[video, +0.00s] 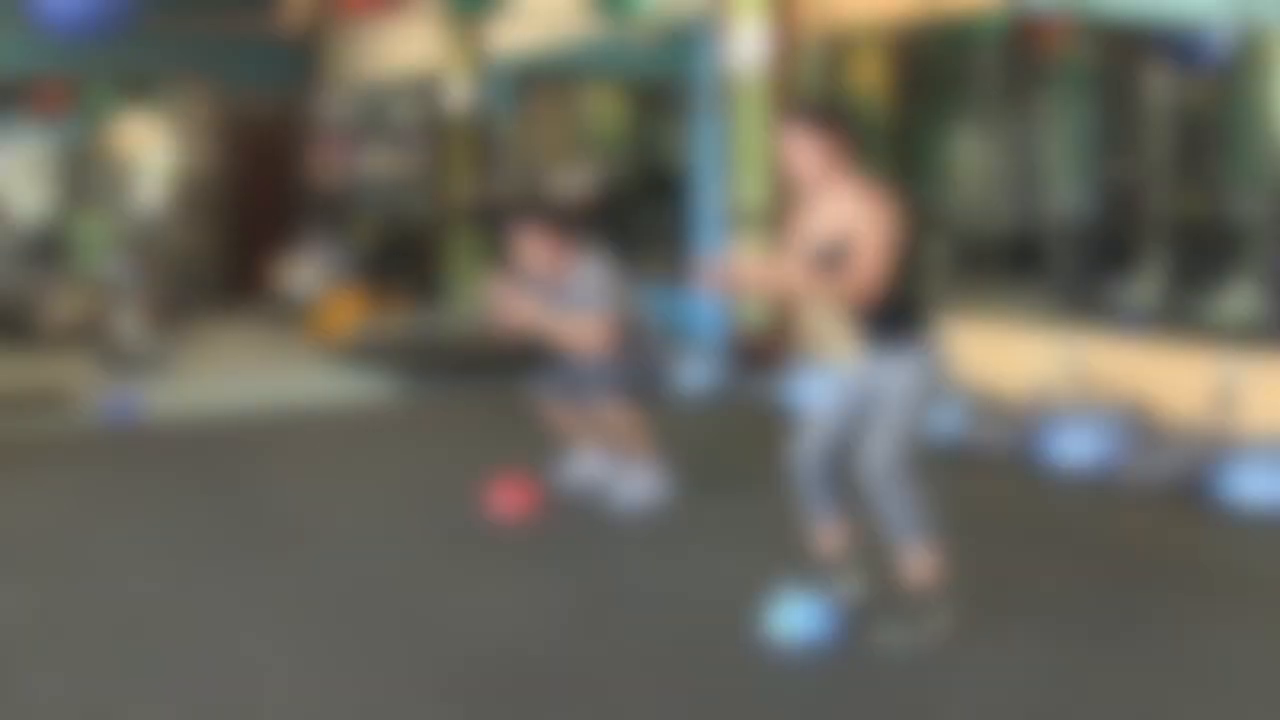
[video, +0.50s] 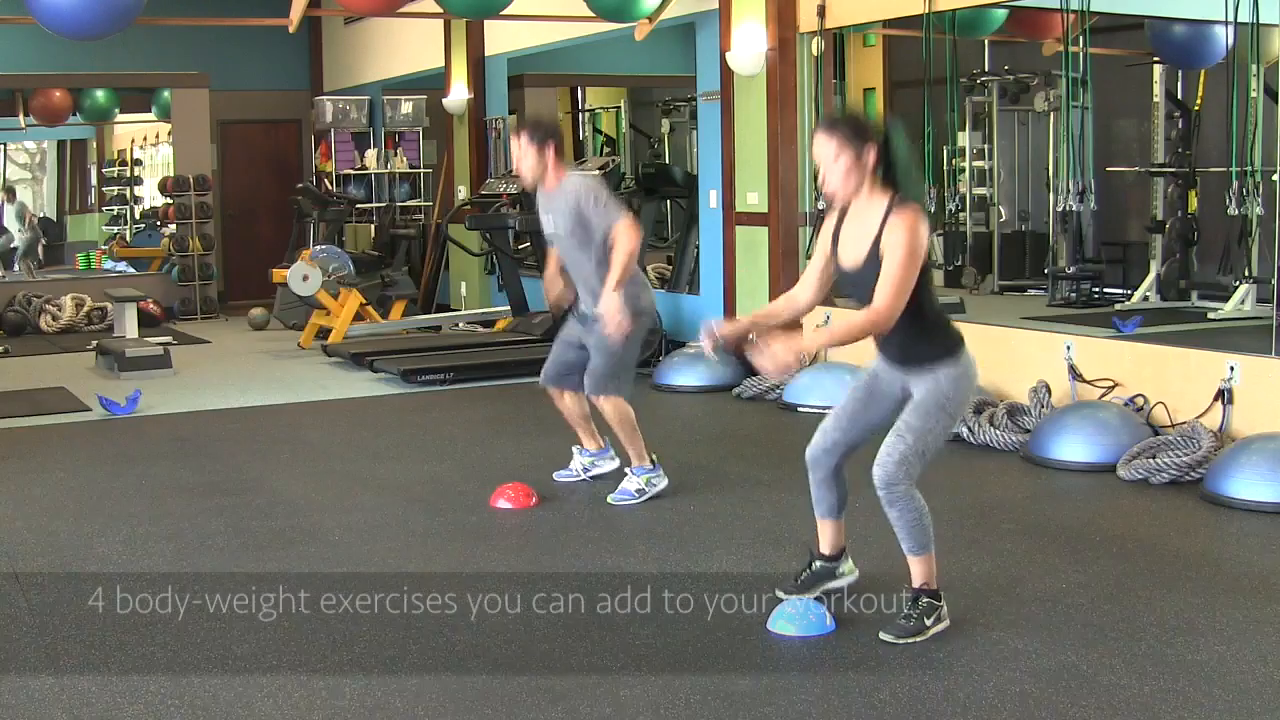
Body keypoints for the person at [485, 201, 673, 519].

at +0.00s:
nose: (532, 263)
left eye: (538, 251)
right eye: (523, 255)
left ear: (557, 247)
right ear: (515, 259)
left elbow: (598, 339)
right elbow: (503, 322)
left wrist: (529, 314)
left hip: (619, 360)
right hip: (570, 360)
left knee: (605, 394)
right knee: (545, 391)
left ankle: (642, 467)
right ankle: (586, 458)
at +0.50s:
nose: (515, 164)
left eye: (521, 154)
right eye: (514, 154)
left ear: (548, 151)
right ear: (538, 154)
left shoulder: (584, 186)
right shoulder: (544, 195)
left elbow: (628, 231)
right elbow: (560, 240)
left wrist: (612, 292)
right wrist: (552, 277)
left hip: (621, 307)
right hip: (586, 308)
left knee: (603, 389)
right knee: (558, 381)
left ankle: (646, 470)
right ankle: (596, 452)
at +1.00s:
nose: (522, 127)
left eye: (527, 117)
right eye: (519, 118)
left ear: (554, 114)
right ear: (539, 118)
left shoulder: (585, 149)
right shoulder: (550, 157)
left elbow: (622, 195)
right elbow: (569, 210)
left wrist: (569, 228)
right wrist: (540, 230)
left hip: (601, 280)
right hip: (577, 280)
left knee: (549, 356)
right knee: (574, 372)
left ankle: (555, 449)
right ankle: (603, 456)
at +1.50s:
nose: (517, 260)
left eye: (522, 253)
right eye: (514, 254)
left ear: (547, 245)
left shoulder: (580, 275)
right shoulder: (542, 276)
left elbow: (543, 325)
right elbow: (511, 312)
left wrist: (512, 277)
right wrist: (492, 284)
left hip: (645, 359)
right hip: (604, 357)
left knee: (593, 401)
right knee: (547, 389)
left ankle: (639, 477)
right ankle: (591, 458)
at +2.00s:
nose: (533, 149)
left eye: (538, 138)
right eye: (527, 140)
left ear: (564, 130)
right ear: (526, 139)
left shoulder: (606, 170)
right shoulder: (543, 178)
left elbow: (658, 205)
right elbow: (549, 219)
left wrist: (624, 248)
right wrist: (541, 268)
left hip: (623, 299)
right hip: (581, 298)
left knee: (612, 378)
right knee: (553, 374)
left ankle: (637, 470)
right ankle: (580, 445)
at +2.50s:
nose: (543, 118)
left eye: (548, 108)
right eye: (539, 111)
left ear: (575, 103)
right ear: (542, 112)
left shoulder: (612, 139)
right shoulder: (557, 152)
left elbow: (629, 196)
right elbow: (537, 192)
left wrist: (567, 177)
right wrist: (507, 217)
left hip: (623, 276)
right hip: (582, 275)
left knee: (620, 368)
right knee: (549, 355)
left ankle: (641, 458)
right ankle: (582, 432)